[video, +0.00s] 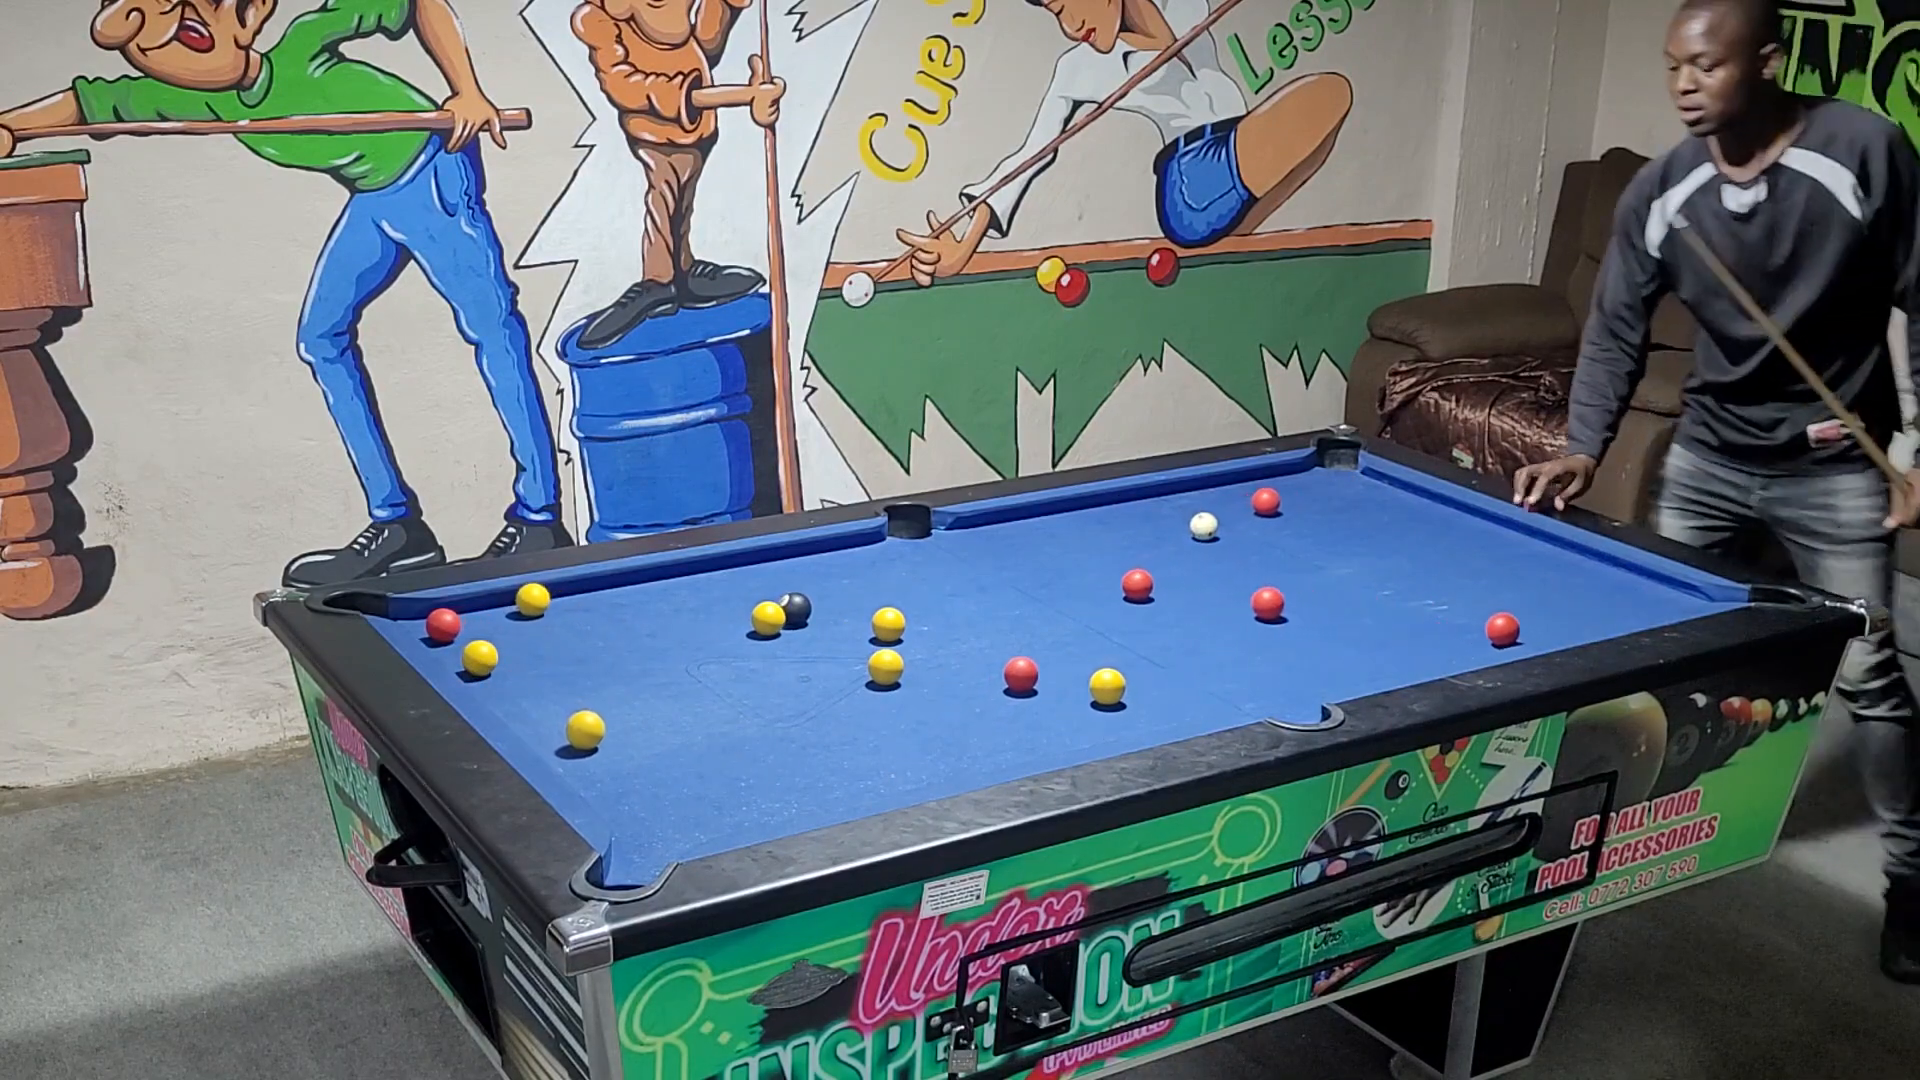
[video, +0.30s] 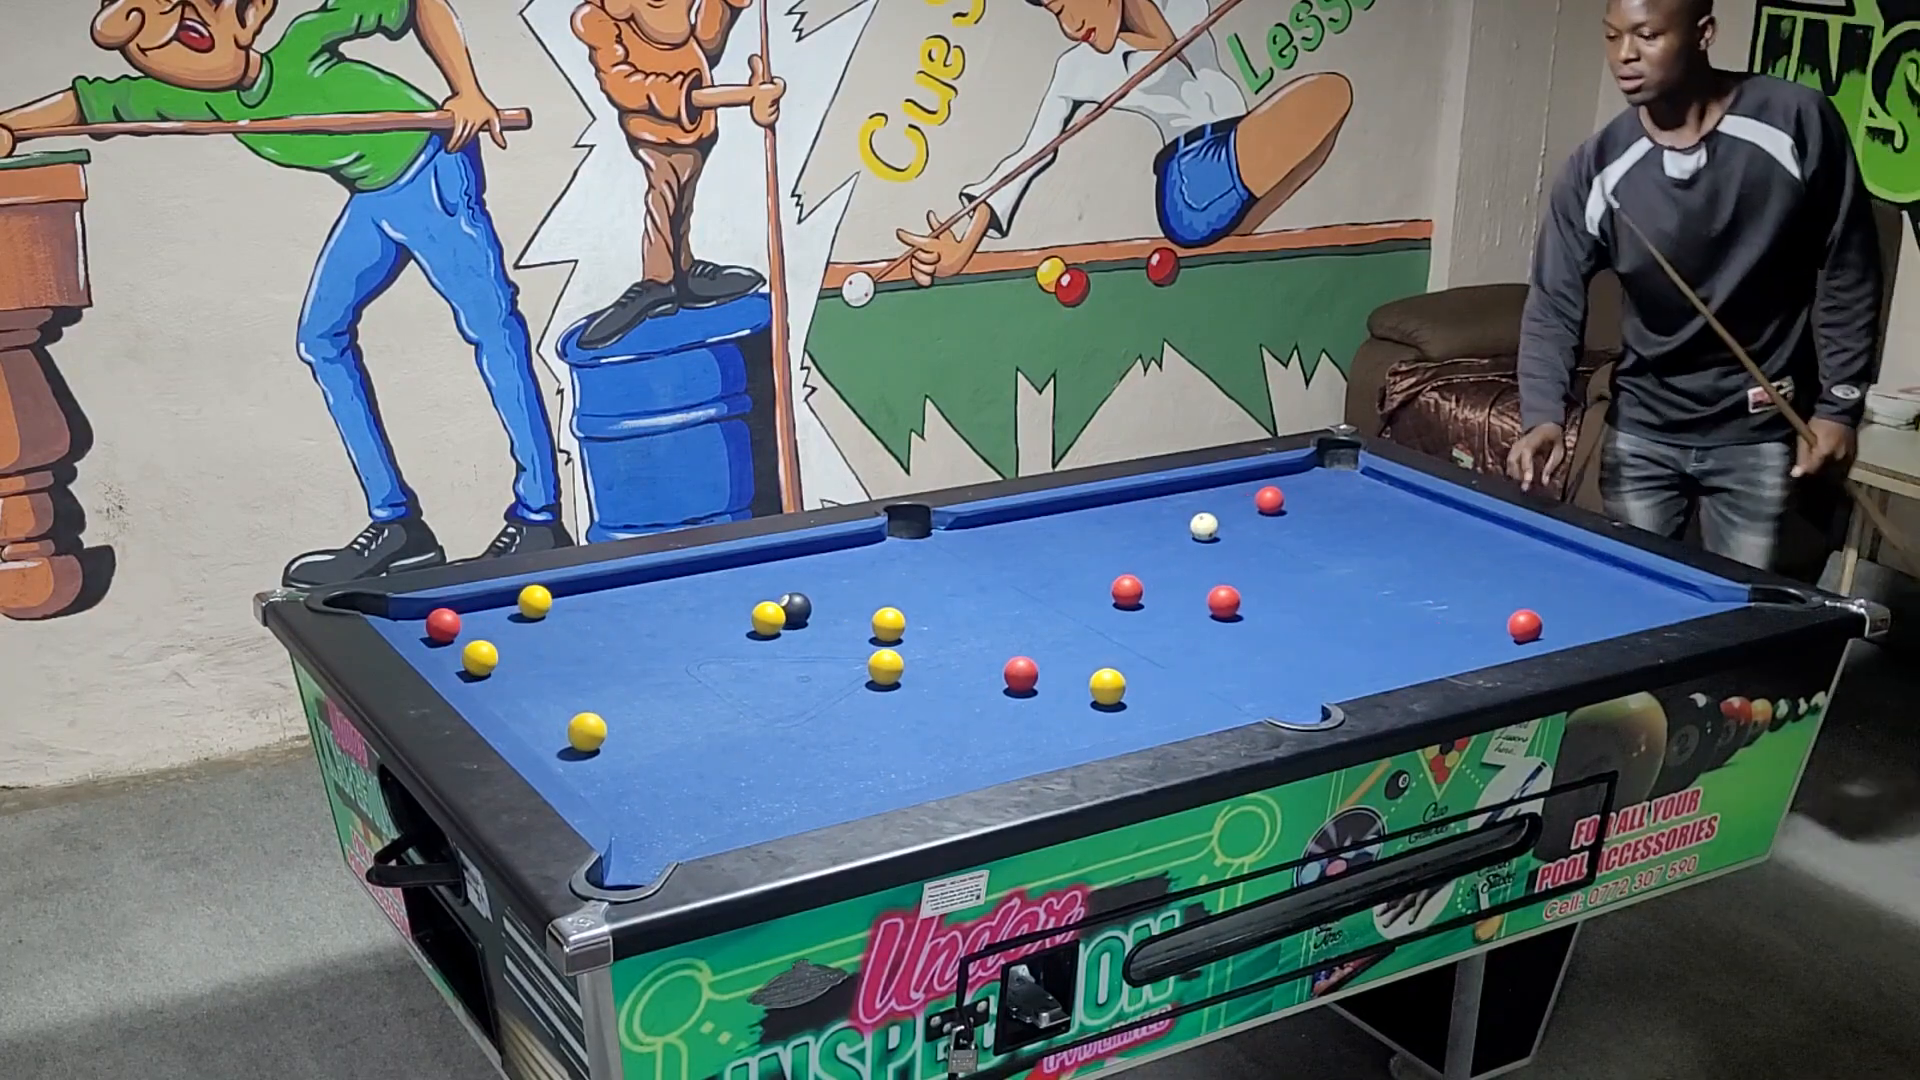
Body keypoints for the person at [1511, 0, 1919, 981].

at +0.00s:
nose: (1686, 84)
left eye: (1706, 64)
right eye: (1676, 66)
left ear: (1768, 63)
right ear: (1669, 72)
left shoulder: (1865, 152)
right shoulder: (1658, 191)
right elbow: (1613, 330)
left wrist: (1918, 448)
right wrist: (1581, 447)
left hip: (1841, 456)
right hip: (1708, 447)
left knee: (1870, 673)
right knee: (1666, 651)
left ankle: (1908, 876)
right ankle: (1672, 837)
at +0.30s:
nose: (1623, 56)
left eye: (1647, 35)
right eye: (1613, 36)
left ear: (1703, 34)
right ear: (1603, 35)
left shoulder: (1800, 124)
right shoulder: (1594, 170)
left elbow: (1848, 269)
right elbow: (1552, 302)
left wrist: (1837, 406)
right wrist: (1544, 414)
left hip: (1758, 428)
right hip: (1643, 424)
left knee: (1735, 621)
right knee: (1631, 615)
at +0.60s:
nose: (1635, 49)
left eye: (1659, 29)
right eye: (1624, 27)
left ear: (1710, 32)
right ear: (1612, 29)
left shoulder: (1777, 135)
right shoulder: (1580, 146)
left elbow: (1795, 286)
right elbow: (1535, 269)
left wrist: (1772, 413)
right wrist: (1550, 366)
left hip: (1712, 421)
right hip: (1607, 410)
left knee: (1668, 598)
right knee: (1597, 591)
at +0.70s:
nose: (1634, 40)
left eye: (1657, 22)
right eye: (1622, 20)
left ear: (1706, 25)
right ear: (1609, 22)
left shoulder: (1769, 130)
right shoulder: (1574, 132)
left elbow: (1783, 281)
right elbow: (1532, 252)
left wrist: (1758, 405)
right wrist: (1553, 351)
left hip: (1698, 410)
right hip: (1590, 398)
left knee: (1655, 590)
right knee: (1579, 582)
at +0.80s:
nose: (1623, 26)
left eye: (1646, 9)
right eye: (1613, 8)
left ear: (1696, 15)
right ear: (1602, 13)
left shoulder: (1758, 119)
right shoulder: (1565, 116)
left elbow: (1773, 264)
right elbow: (1528, 233)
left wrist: (1746, 385)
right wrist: (1550, 328)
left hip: (1682, 395)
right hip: (1572, 383)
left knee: (1640, 578)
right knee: (1546, 562)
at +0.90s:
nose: (1607, 18)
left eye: (1630, 3)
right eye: (1599, 3)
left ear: (1679, 11)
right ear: (1589, 10)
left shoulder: (1741, 115)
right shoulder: (1551, 111)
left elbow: (1763, 255)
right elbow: (1515, 223)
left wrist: (1729, 373)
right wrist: (1537, 313)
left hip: (1663, 392)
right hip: (1552, 379)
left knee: (1626, 574)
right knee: (1506, 548)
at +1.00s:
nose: (1583, 15)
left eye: (1605, 1)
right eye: (1575, 0)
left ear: (1655, 8)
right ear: (1565, 8)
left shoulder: (1718, 114)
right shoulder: (1529, 107)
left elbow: (1737, 256)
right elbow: (1497, 218)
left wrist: (1711, 372)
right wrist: (1514, 306)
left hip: (1637, 389)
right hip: (1526, 374)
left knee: (1614, 572)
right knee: (1465, 531)